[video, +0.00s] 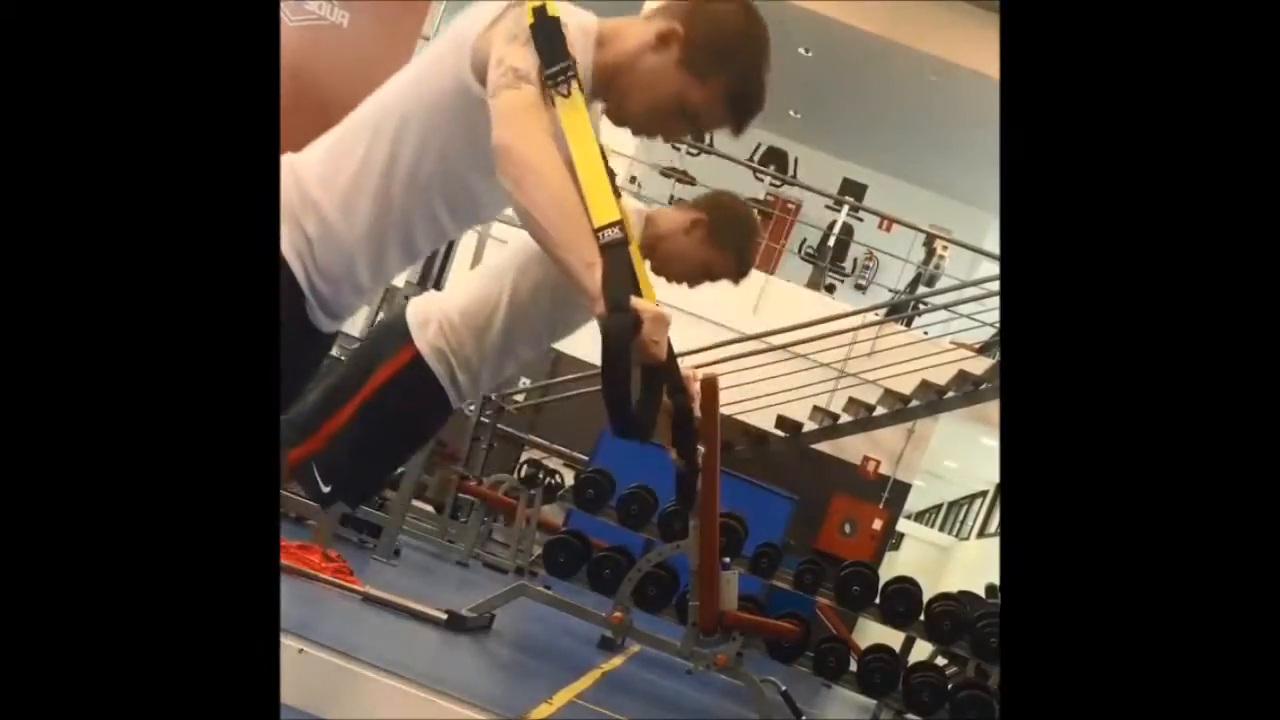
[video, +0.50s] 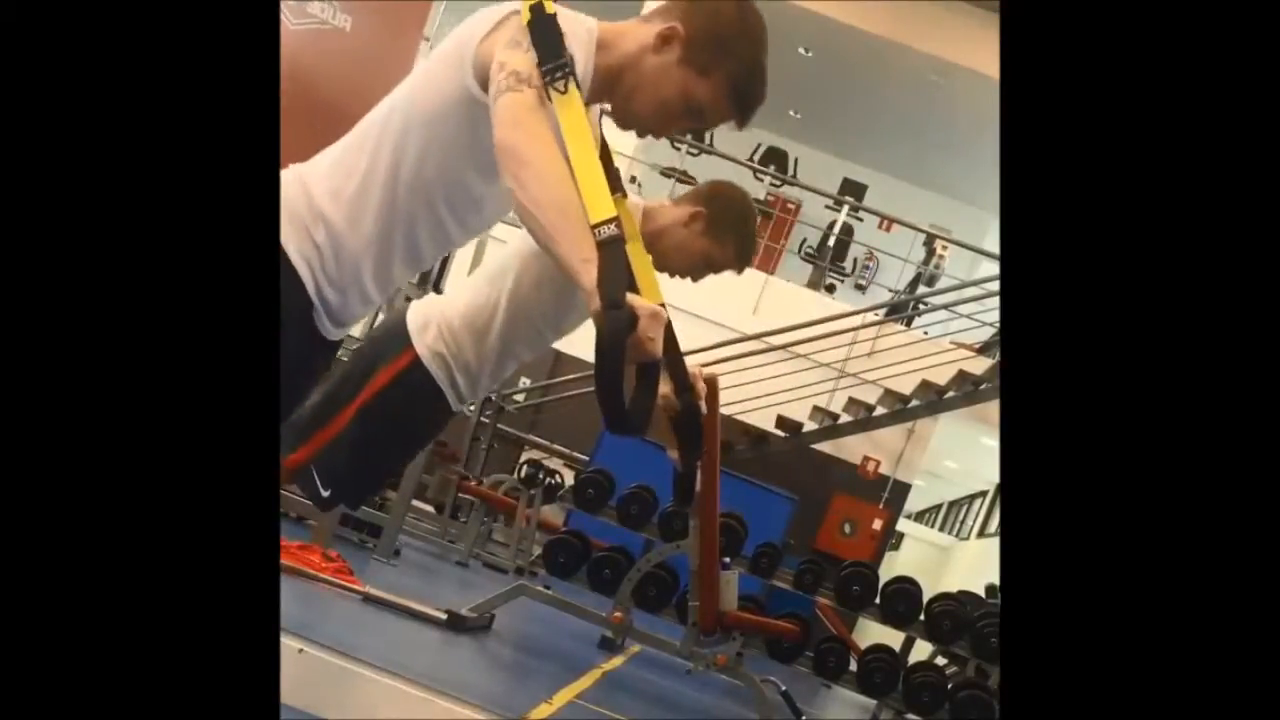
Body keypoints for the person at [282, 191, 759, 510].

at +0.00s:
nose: (695, 284)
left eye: (708, 280)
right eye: (707, 272)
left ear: (691, 226)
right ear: (692, 226)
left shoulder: (627, 261)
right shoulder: (611, 225)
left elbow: (637, 353)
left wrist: (677, 388)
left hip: (444, 377)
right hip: (420, 351)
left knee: (318, 493)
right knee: (293, 474)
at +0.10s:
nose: (692, 271)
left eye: (704, 266)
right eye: (703, 258)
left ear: (684, 211)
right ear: (687, 212)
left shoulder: (626, 251)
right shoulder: (606, 212)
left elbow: (644, 343)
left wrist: (679, 391)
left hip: (445, 372)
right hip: (421, 345)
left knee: (323, 490)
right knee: (296, 470)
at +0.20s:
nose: (689, 266)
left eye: (701, 261)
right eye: (700, 253)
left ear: (681, 206)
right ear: (685, 209)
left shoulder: (626, 242)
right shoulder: (611, 215)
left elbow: (644, 329)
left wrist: (675, 385)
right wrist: (672, 383)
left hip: (444, 370)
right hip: (421, 344)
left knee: (321, 493)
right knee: (295, 472)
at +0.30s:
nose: (690, 267)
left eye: (702, 262)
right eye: (702, 254)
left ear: (680, 205)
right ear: (685, 209)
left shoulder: (623, 244)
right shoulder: (612, 223)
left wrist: (671, 392)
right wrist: (660, 409)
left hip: (441, 374)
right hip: (420, 349)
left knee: (318, 497)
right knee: (295, 477)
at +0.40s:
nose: (690, 271)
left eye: (703, 266)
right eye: (702, 258)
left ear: (685, 212)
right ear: (687, 214)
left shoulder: (626, 257)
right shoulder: (605, 209)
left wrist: (673, 393)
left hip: (444, 378)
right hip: (420, 351)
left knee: (318, 497)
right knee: (295, 480)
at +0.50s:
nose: (696, 277)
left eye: (709, 272)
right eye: (708, 264)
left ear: (689, 219)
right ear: (692, 220)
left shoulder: (627, 257)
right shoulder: (609, 217)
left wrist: (676, 391)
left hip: (443, 382)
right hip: (419, 356)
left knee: (320, 502)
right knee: (295, 488)